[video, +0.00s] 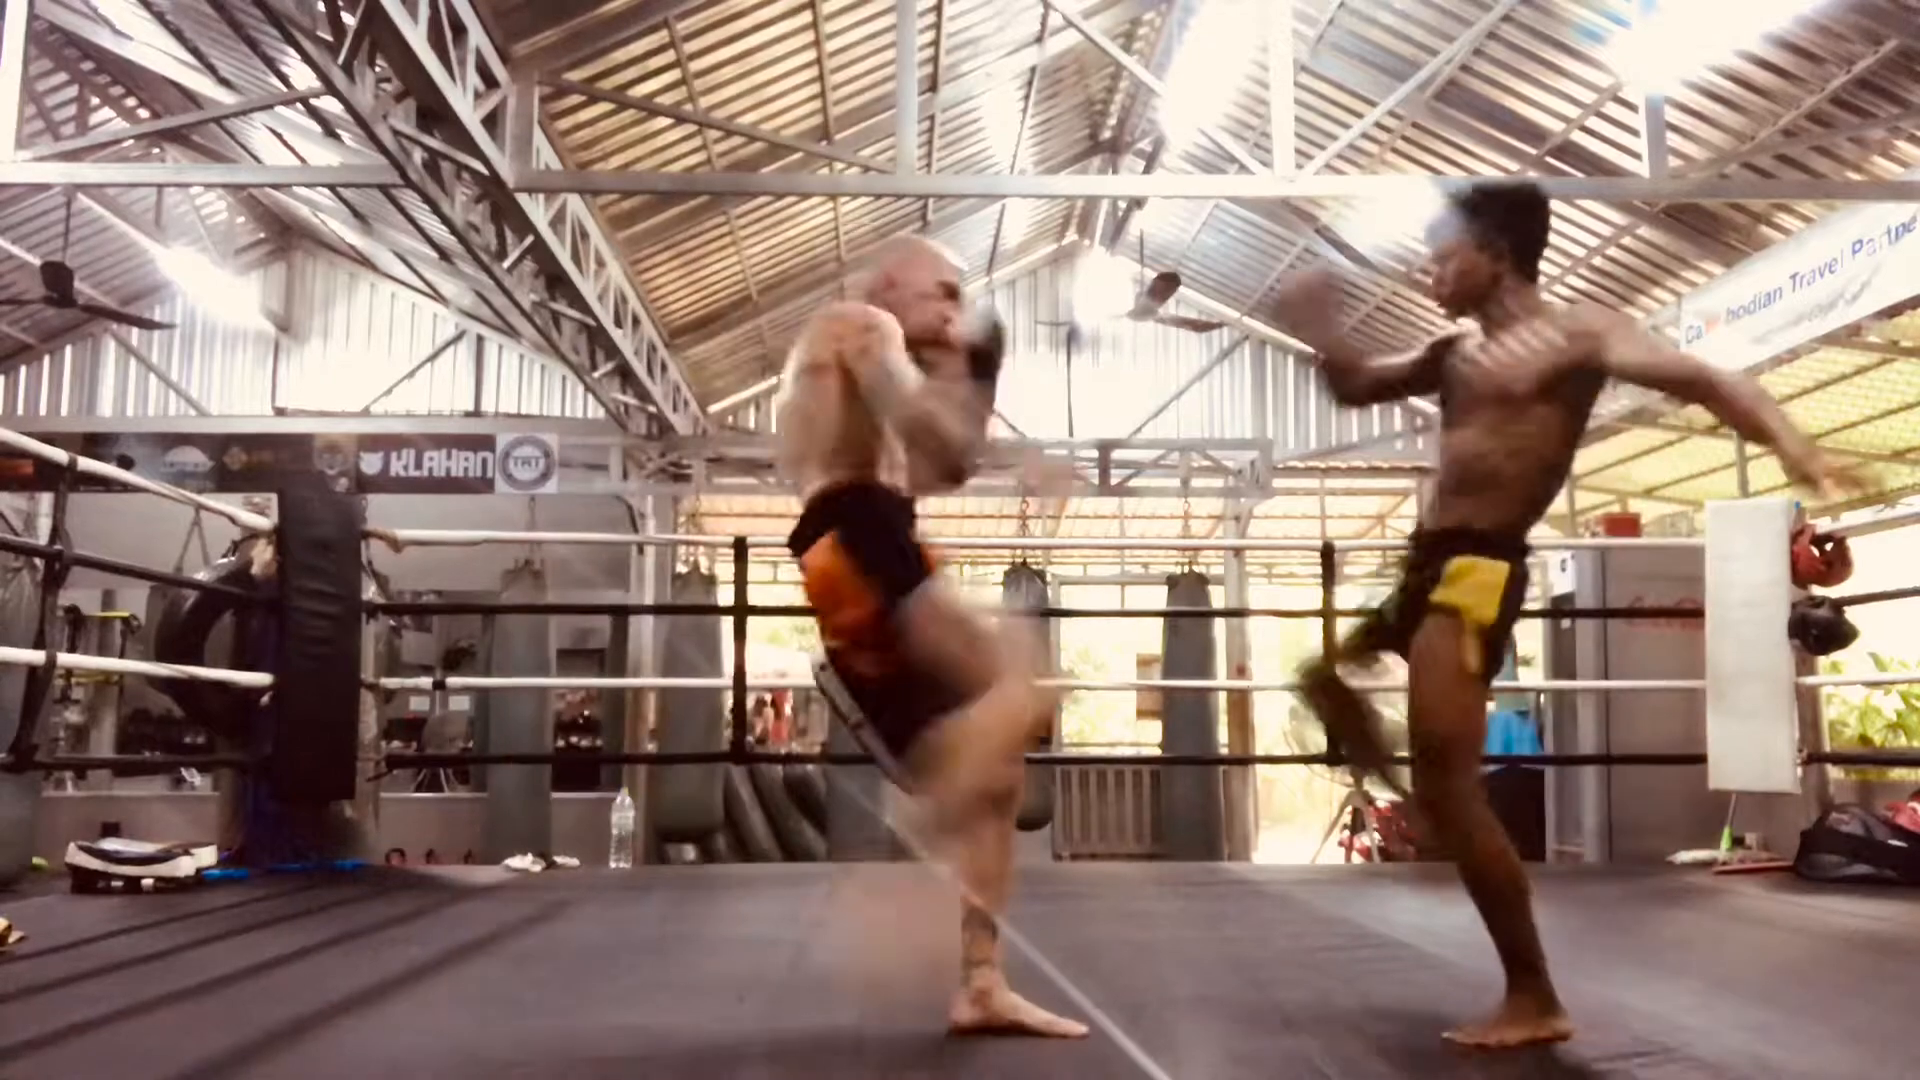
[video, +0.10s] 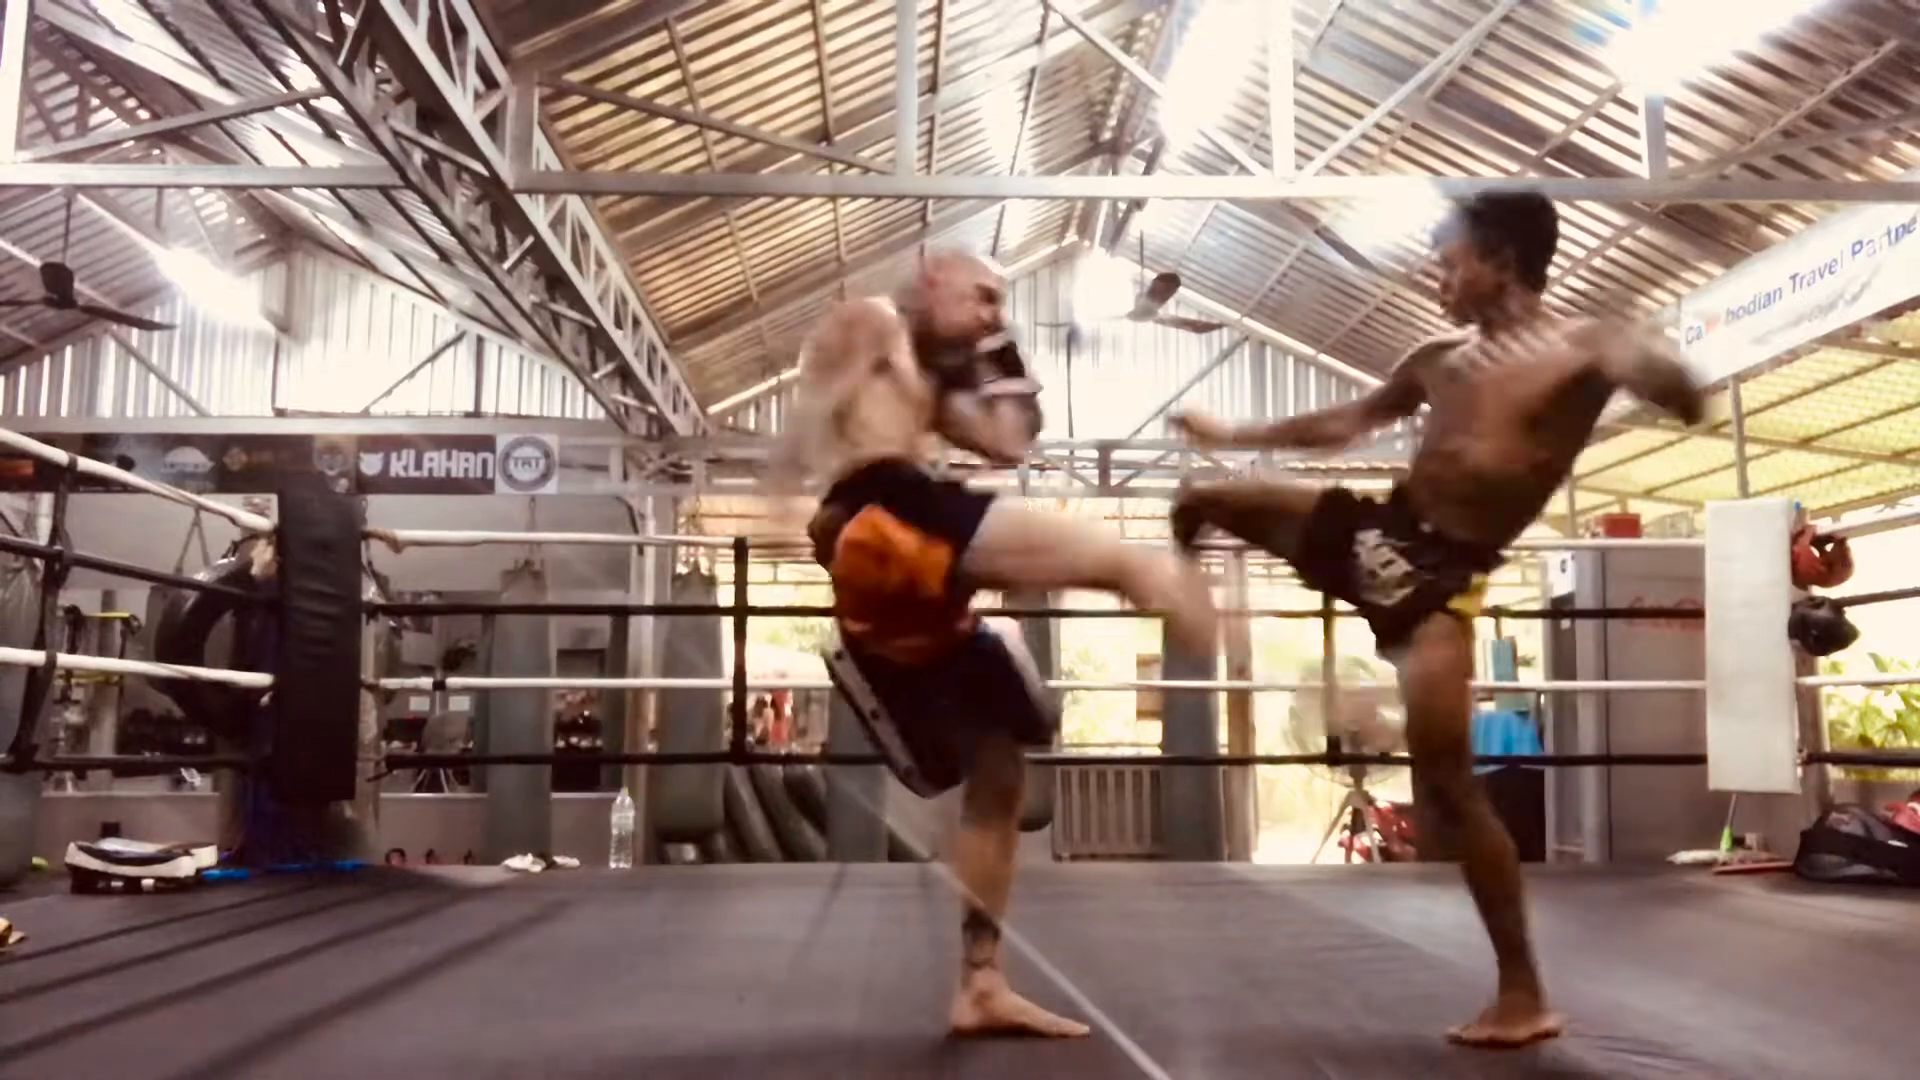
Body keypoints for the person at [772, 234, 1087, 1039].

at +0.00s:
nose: (955, 312)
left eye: (957, 298)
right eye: (943, 293)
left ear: (893, 300)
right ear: (890, 290)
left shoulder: (832, 341)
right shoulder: (863, 323)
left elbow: (951, 464)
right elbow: (923, 425)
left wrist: (954, 365)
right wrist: (960, 371)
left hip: (834, 557)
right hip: (863, 538)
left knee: (991, 769)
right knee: (1020, 668)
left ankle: (983, 982)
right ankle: (942, 798)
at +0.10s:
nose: (991, 315)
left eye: (996, 305)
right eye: (980, 296)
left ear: (982, 316)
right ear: (929, 284)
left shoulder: (945, 382)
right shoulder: (871, 320)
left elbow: (1013, 439)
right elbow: (816, 412)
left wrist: (987, 356)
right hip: (878, 503)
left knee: (998, 770)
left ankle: (982, 983)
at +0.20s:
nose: (1001, 318)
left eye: (1007, 313)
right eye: (995, 298)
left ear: (974, 321)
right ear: (947, 283)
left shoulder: (952, 394)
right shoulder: (878, 320)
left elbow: (1045, 463)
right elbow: (779, 392)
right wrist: (686, 445)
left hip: (913, 580)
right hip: (919, 504)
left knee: (1007, 773)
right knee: (1160, 482)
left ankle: (983, 987)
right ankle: (1359, 582)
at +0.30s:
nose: (1010, 290)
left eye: (1018, 285)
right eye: (1003, 267)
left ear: (1003, 298)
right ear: (955, 250)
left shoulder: (975, 377)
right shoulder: (888, 298)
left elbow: (1059, 466)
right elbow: (770, 350)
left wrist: (1066, 383)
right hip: (911, 503)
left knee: (1000, 769)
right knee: (1162, 503)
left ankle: (983, 988)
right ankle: (1296, 658)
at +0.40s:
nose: (1023, 267)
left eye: (1029, 255)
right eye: (1011, 247)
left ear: (1010, 263)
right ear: (959, 239)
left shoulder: (949, 337)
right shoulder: (900, 277)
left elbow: (983, 458)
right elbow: (859, 329)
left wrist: (1032, 392)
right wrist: (978, 309)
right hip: (916, 497)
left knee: (981, 768)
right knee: (1136, 624)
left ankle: (980, 991)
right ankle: (1119, 879)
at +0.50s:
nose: (1026, 248)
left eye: (1030, 236)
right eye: (1015, 230)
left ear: (985, 229)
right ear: (965, 221)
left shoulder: (964, 318)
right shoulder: (923, 272)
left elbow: (963, 451)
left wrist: (1027, 407)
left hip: (936, 513)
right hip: (918, 502)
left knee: (1011, 745)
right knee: (1004, 733)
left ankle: (984, 983)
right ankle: (880, 983)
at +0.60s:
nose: (1032, 255)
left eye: (1034, 240)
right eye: (1024, 235)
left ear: (969, 227)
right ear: (975, 223)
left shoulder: (943, 306)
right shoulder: (928, 278)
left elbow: (964, 467)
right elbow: (1028, 364)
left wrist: (1035, 427)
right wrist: (1119, 312)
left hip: (940, 531)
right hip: (898, 520)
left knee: (1002, 767)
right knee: (873, 780)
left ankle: (982, 988)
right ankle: (772, 1032)